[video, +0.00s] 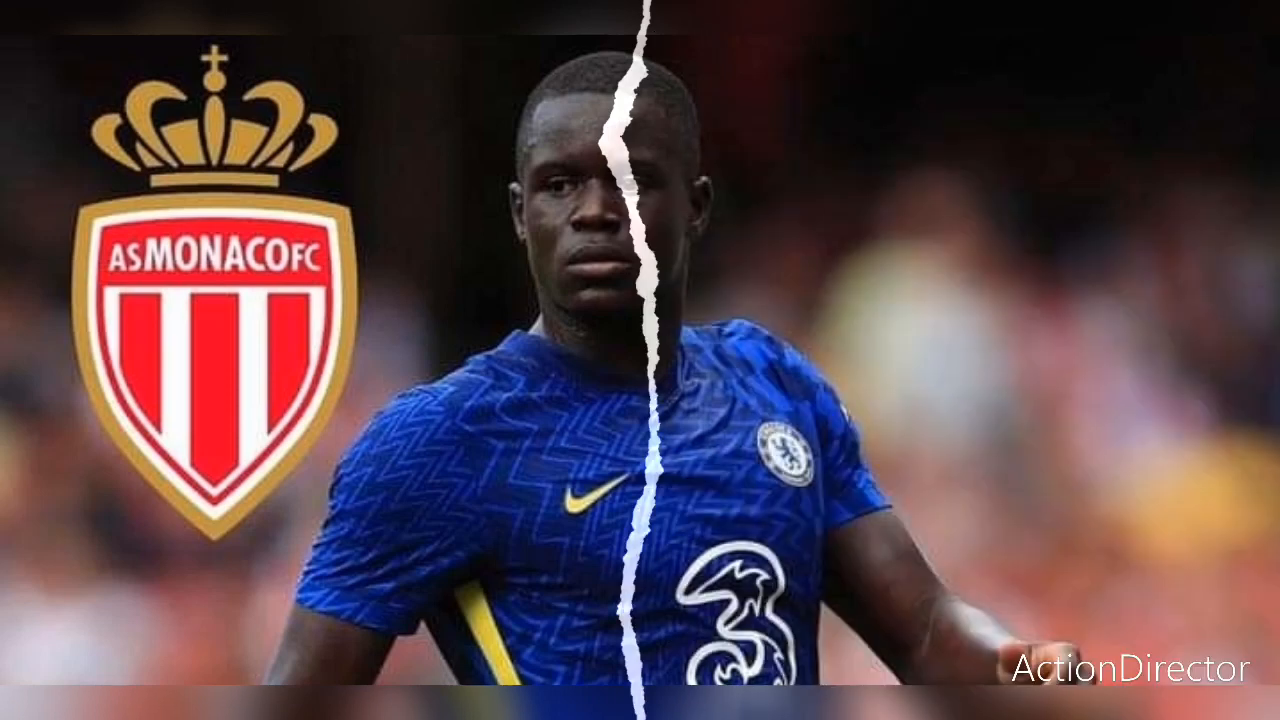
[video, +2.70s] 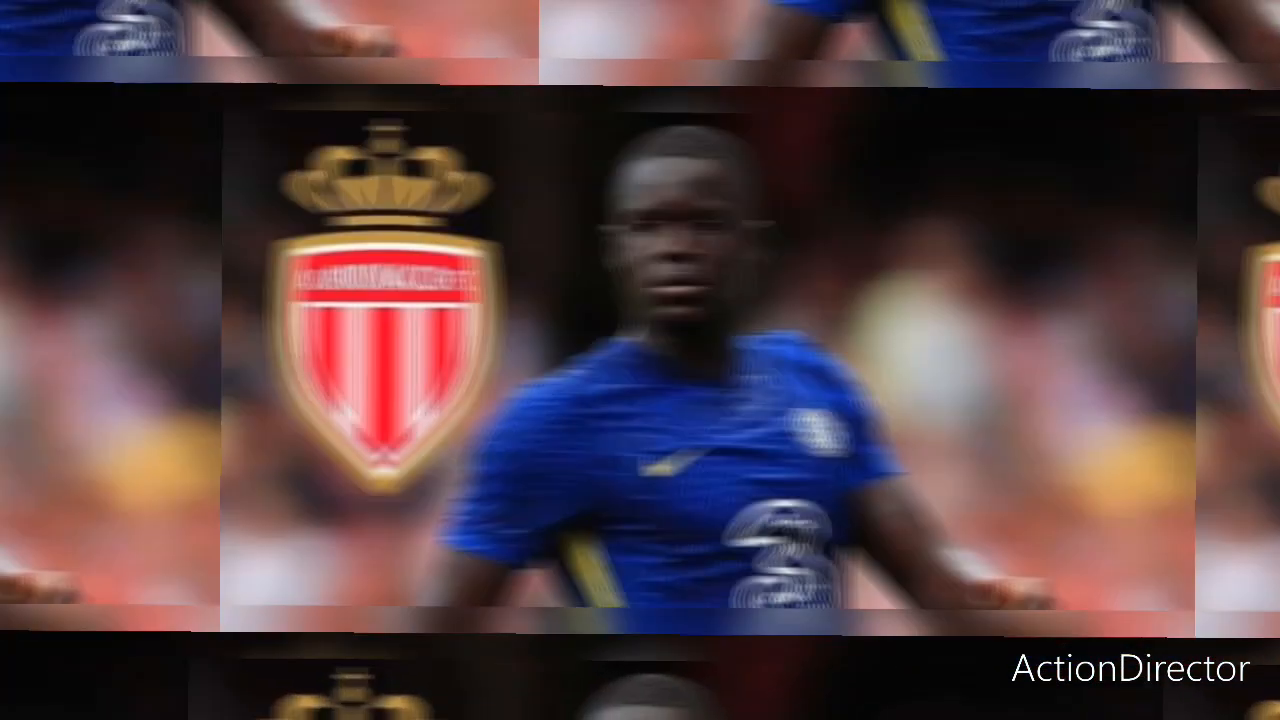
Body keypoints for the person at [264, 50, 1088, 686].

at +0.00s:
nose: (600, 209)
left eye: (636, 177)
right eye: (562, 180)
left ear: (698, 206)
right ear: (521, 213)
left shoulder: (773, 388)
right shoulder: (431, 444)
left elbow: (920, 625)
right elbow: (301, 691)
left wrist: (1019, 673)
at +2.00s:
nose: (596, 210)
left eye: (633, 178)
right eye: (560, 181)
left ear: (696, 207)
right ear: (522, 215)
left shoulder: (770, 385)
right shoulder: (434, 444)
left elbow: (921, 625)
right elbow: (301, 691)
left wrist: (1017, 673)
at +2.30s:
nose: (644, 218)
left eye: (680, 190)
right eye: (612, 193)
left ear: (739, 219)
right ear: (577, 223)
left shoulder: (807, 382)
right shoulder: (492, 439)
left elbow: (950, 608)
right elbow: (366, 682)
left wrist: (1045, 656)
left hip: (818, 705)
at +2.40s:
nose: (741, 225)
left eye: (774, 197)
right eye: (708, 199)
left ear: (831, 224)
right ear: (674, 228)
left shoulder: (897, 383)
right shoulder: (594, 437)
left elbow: (1032, 597)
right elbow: (474, 663)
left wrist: (1116, 641)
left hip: (906, 683)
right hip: (736, 697)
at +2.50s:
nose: (922, 234)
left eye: (954, 206)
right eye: (893, 209)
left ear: (1010, 232)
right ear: (857, 239)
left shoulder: (1072, 382)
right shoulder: (786, 431)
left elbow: (1204, 586)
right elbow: (668, 655)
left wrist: (1273, 628)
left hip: (1092, 691)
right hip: (904, 690)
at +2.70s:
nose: (676, 248)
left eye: (705, 224)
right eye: (648, 226)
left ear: (753, 245)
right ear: (613, 249)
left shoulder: (806, 381)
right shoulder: (554, 423)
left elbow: (927, 565)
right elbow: (437, 630)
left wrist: (992, 603)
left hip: (820, 696)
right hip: (672, 698)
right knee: (645, 700)